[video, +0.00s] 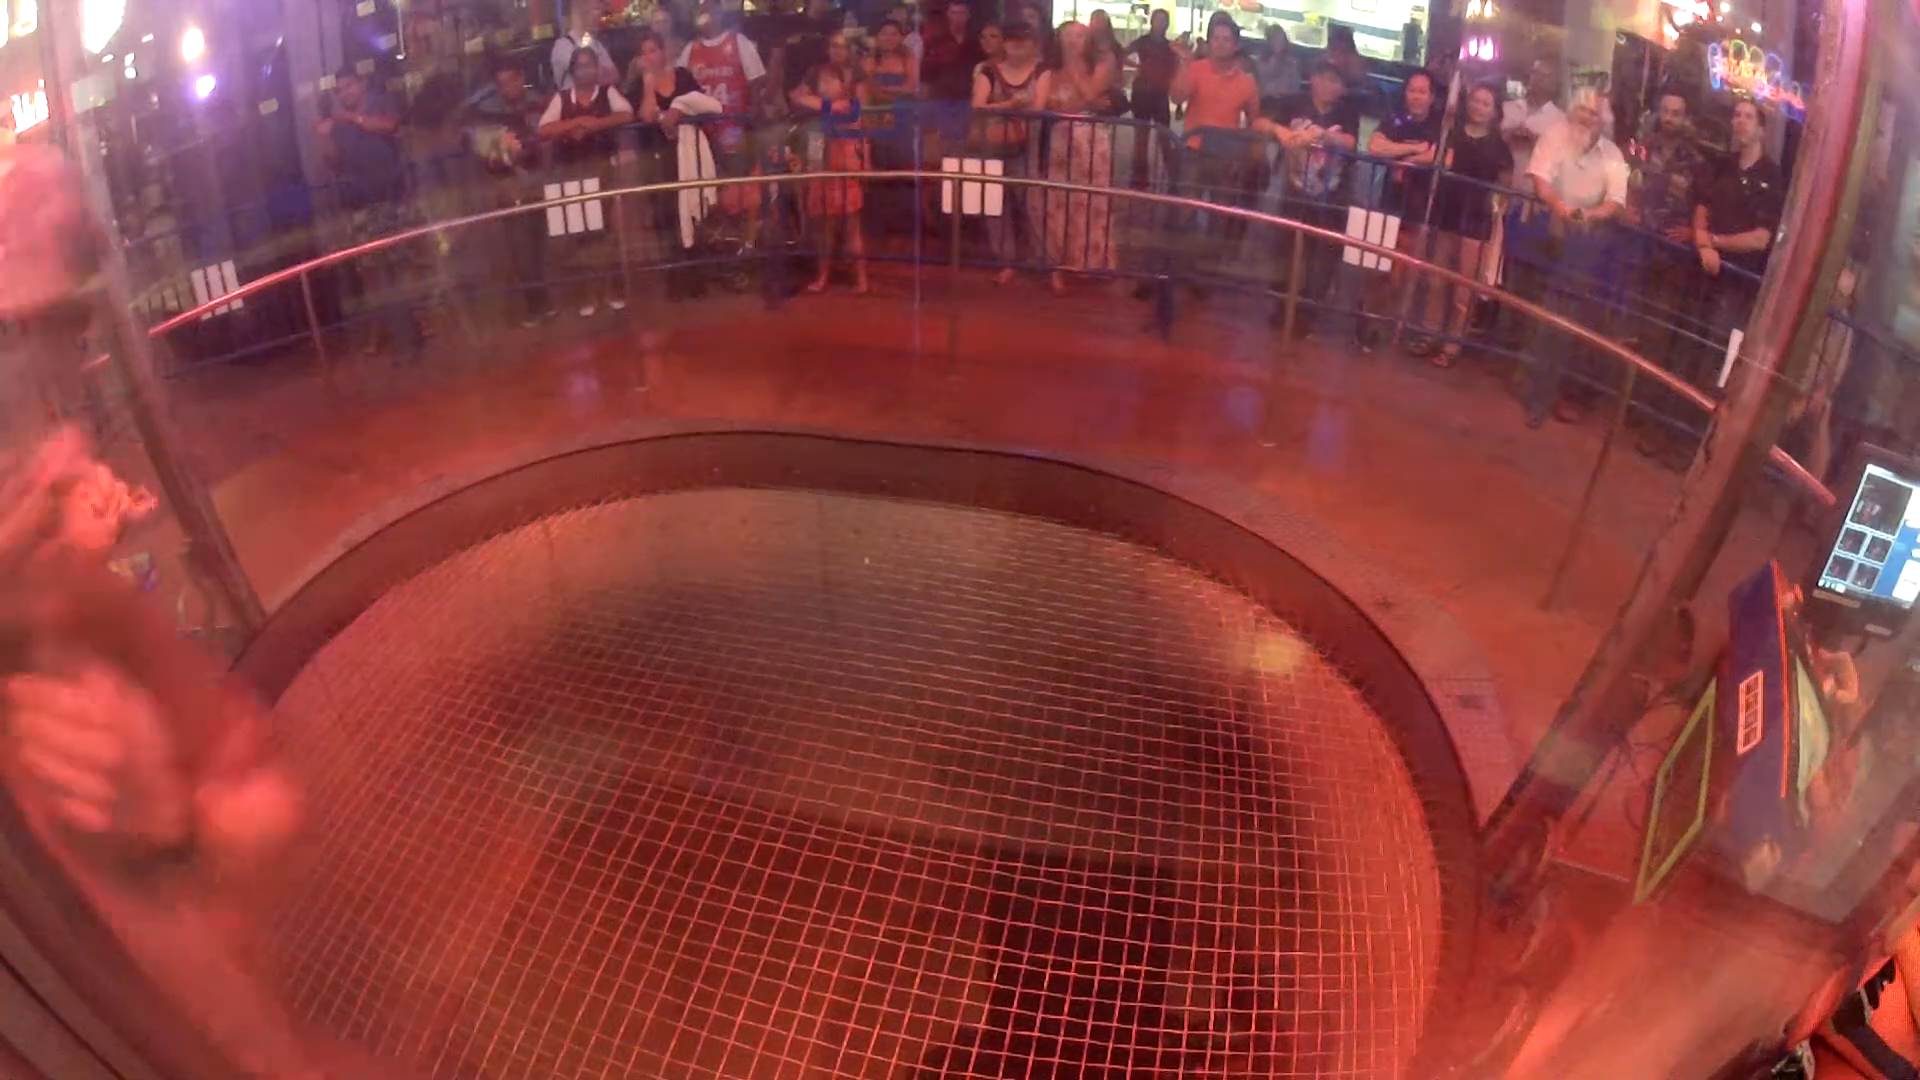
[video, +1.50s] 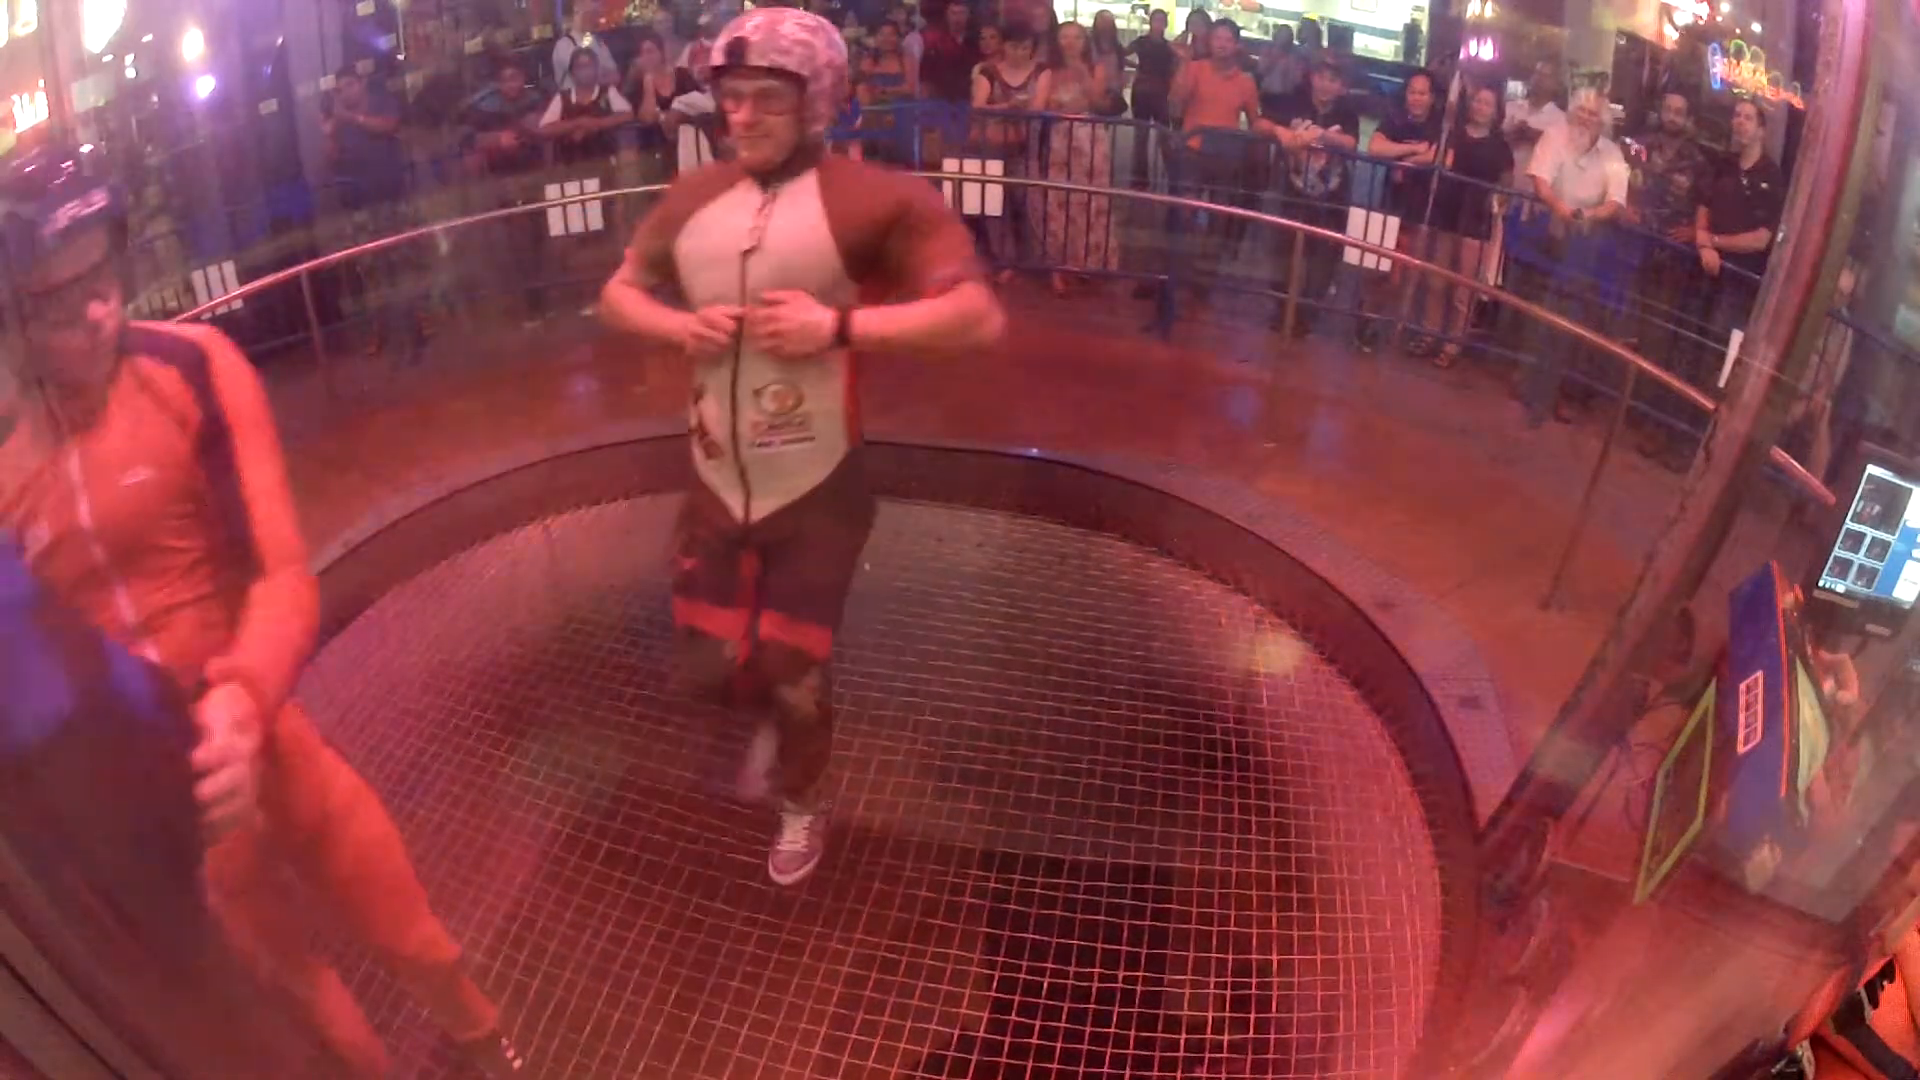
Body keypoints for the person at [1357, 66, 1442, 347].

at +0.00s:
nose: (1416, 96)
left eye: (1422, 91)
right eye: (1412, 90)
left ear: (1432, 97)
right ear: (1404, 94)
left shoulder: (1439, 127)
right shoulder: (1394, 121)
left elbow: (1439, 158)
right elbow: (1375, 146)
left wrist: (1400, 156)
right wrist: (1416, 148)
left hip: (1422, 212)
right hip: (1390, 208)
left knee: (1409, 274)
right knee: (1380, 269)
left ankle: (1398, 326)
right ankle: (1368, 321)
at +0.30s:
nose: (1416, 97)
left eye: (1422, 92)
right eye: (1412, 91)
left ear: (1432, 98)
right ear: (1404, 94)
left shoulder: (1439, 128)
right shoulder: (1394, 121)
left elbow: (1441, 159)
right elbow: (1375, 147)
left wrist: (1402, 156)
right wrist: (1416, 148)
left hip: (1422, 212)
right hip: (1390, 208)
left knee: (1409, 274)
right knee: (1379, 269)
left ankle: (1398, 326)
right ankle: (1369, 322)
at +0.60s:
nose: (1416, 97)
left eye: (1422, 92)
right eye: (1412, 91)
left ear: (1432, 98)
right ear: (1404, 94)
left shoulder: (1439, 128)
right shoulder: (1395, 120)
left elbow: (1440, 159)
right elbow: (1375, 147)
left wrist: (1402, 158)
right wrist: (1415, 148)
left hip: (1422, 212)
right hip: (1390, 208)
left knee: (1409, 274)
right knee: (1378, 269)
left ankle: (1398, 327)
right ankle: (1369, 322)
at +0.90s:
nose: (1416, 98)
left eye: (1422, 93)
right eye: (1411, 92)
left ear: (1433, 98)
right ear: (1404, 95)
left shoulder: (1439, 129)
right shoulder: (1393, 122)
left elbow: (1440, 159)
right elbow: (1375, 147)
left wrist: (1401, 157)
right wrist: (1414, 148)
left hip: (1424, 214)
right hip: (1391, 210)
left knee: (1410, 276)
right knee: (1380, 271)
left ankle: (1399, 328)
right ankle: (1369, 322)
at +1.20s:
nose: (1416, 98)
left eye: (1422, 93)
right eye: (1412, 92)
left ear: (1433, 99)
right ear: (1405, 95)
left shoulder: (1440, 129)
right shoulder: (1394, 121)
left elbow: (1440, 159)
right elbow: (1375, 147)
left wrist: (1403, 158)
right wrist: (1416, 148)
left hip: (1423, 213)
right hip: (1391, 209)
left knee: (1408, 275)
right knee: (1378, 269)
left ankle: (1397, 326)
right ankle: (1368, 320)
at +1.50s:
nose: (1416, 98)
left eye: (1422, 93)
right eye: (1412, 92)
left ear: (1433, 98)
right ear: (1405, 95)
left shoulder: (1439, 128)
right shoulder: (1394, 121)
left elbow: (1441, 159)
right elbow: (1375, 147)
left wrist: (1407, 160)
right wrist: (1417, 148)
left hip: (1423, 213)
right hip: (1391, 209)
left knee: (1409, 275)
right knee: (1379, 269)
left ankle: (1399, 326)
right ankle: (1367, 320)